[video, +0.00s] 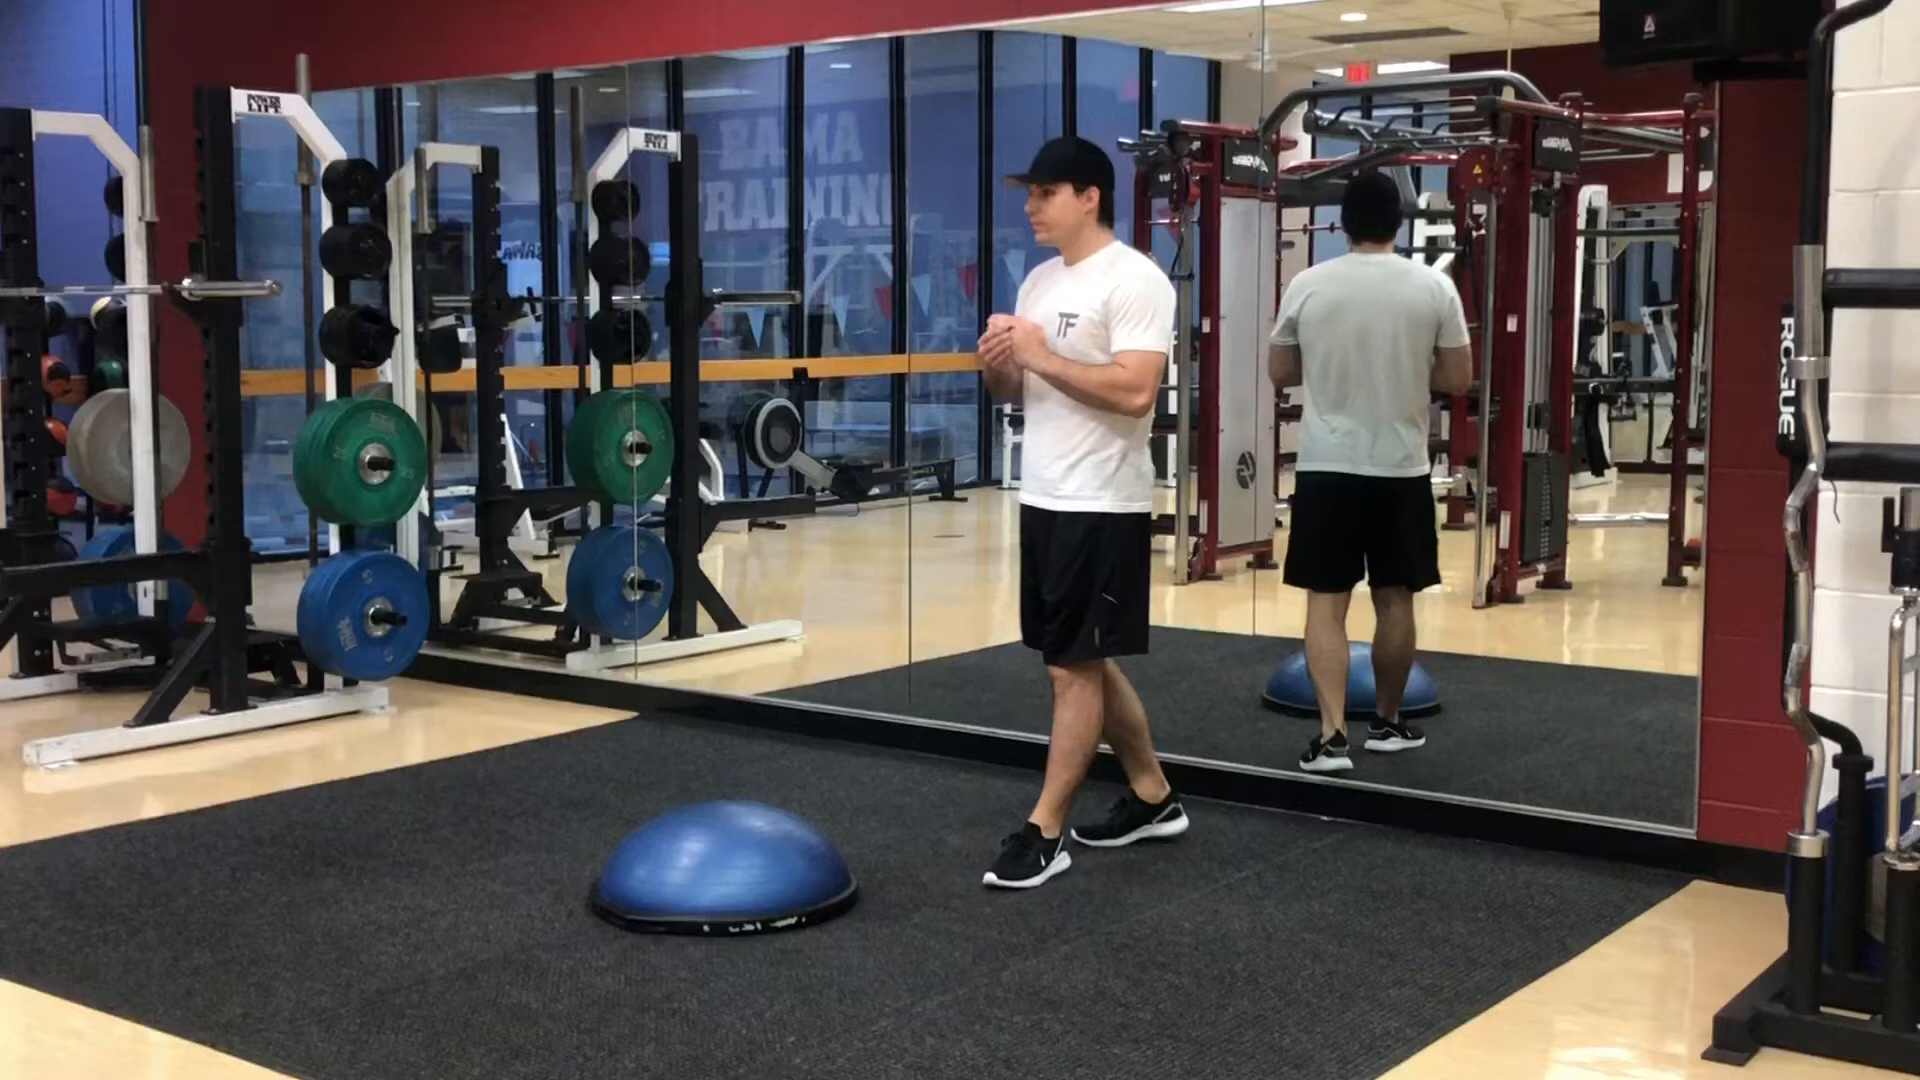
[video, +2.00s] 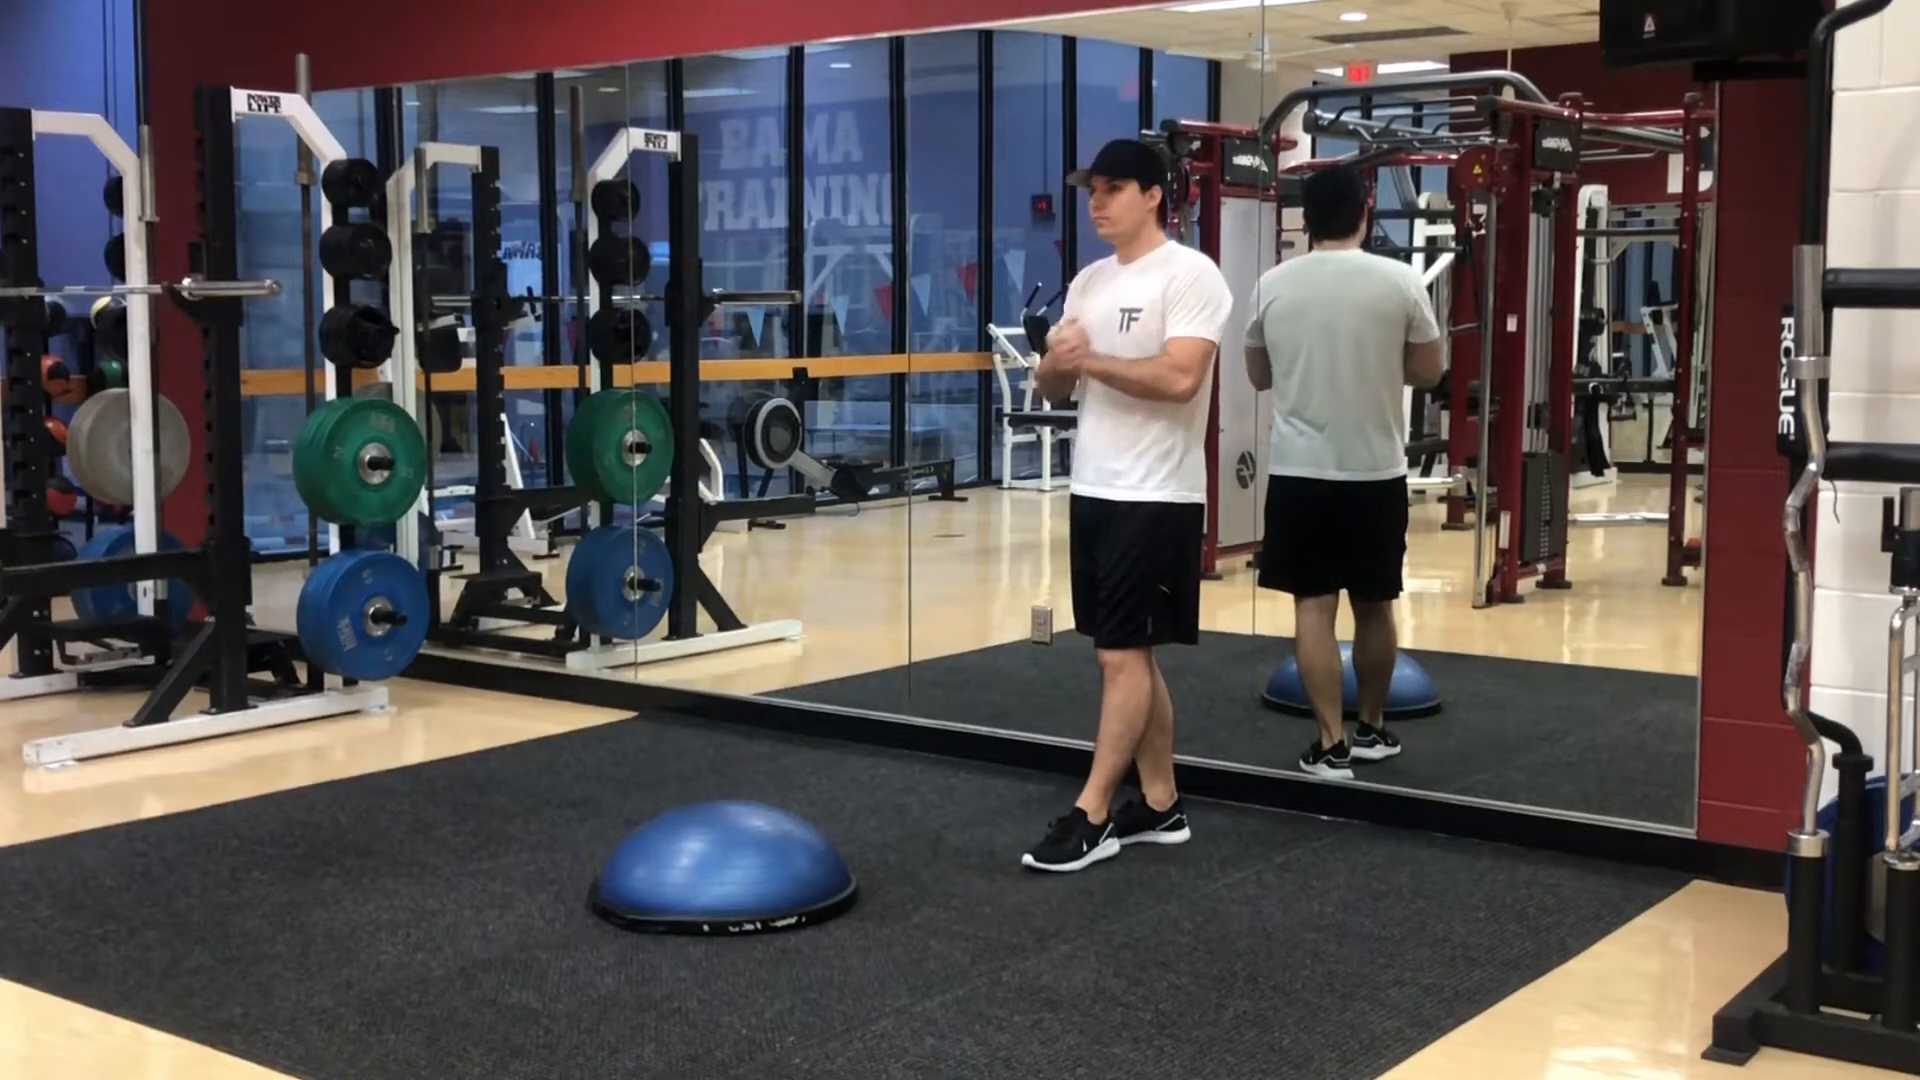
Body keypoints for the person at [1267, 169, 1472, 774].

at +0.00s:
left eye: (1353, 219)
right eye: (1388, 218)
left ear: (1343, 224)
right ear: (1399, 224)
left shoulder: (1309, 284)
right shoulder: (1432, 286)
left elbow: (1282, 371)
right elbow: (1456, 379)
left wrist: (1338, 357)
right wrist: (1403, 364)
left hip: (1326, 471)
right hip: (1401, 472)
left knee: (1327, 602)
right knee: (1395, 597)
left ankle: (1331, 738)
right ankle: (1388, 724)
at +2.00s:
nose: (1370, 215)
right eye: (1369, 207)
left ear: (1306, 217)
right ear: (1366, 213)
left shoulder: (1274, 285)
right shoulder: (1400, 281)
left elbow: (1260, 374)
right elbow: (1427, 370)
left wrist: (1315, 347)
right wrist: (1371, 353)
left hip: (1299, 474)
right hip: (1376, 474)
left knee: (1314, 606)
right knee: (1374, 604)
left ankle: (1331, 744)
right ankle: (1370, 727)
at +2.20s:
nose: (1369, 218)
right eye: (1369, 209)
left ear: (1309, 218)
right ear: (1367, 214)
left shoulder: (1275, 285)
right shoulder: (1400, 282)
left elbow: (1266, 384)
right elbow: (1420, 381)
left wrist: (1320, 399)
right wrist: (1392, 419)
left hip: (1300, 474)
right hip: (1377, 474)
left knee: (1314, 606)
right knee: (1375, 604)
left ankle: (1331, 745)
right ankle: (1370, 727)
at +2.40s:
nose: (1372, 229)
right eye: (1373, 221)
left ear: (1312, 225)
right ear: (1368, 222)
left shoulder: (1275, 287)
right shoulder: (1402, 283)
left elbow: (1248, 387)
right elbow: (1438, 380)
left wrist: (1246, 457)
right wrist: (1464, 459)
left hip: (1300, 476)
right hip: (1380, 476)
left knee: (1315, 607)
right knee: (1376, 603)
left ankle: (1331, 744)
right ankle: (1371, 728)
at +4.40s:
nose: (1428, 244)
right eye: (1432, 237)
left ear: (1376, 232)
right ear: (1430, 235)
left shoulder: (1334, 277)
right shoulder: (1451, 282)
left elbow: (1294, 366)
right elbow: (1475, 381)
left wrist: (1288, 435)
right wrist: (1484, 452)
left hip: (1334, 462)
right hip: (1407, 468)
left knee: (1332, 577)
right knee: (1390, 596)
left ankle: (1316, 704)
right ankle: (1370, 722)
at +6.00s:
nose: (1414, 246)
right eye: (1421, 238)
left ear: (1371, 234)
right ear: (1422, 238)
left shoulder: (1328, 278)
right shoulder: (1447, 280)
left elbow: (1289, 367)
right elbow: (1474, 373)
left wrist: (1286, 436)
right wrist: (1482, 443)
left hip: (1329, 452)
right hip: (1402, 460)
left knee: (1339, 550)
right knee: (1388, 589)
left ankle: (1325, 671)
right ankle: (1370, 718)